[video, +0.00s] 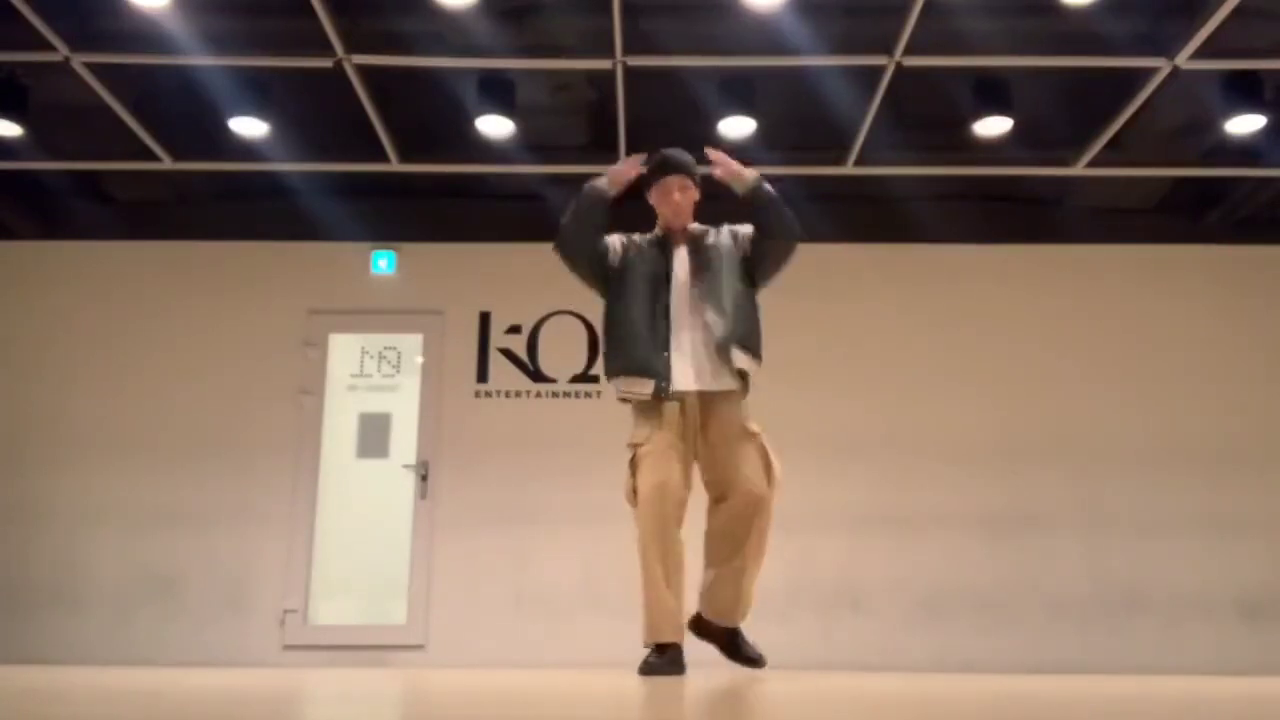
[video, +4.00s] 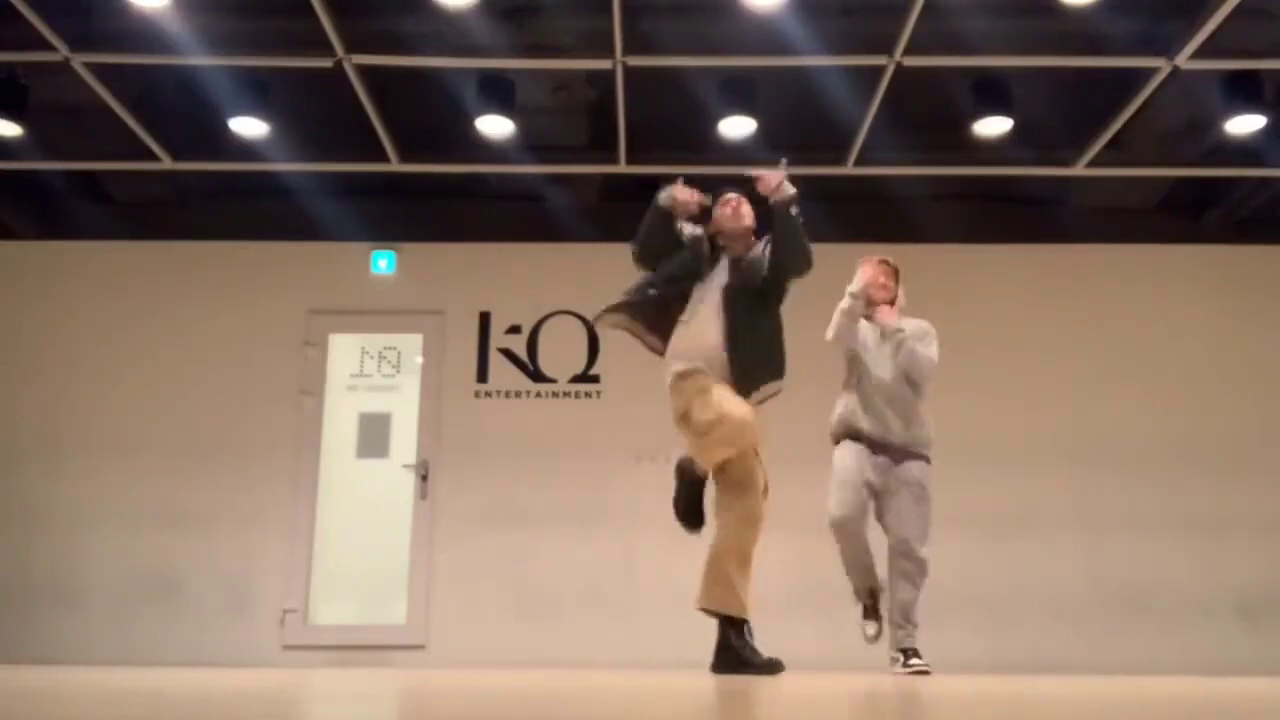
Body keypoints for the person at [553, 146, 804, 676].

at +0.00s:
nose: (678, 196)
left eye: (686, 186)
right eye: (667, 188)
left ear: (698, 195)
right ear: (649, 198)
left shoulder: (732, 246)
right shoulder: (626, 254)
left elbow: (783, 236)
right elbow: (572, 244)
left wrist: (749, 183)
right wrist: (606, 187)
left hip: (724, 399)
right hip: (658, 401)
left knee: (750, 489)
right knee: (659, 498)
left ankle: (719, 618)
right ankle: (664, 641)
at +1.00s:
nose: (715, 196)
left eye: (721, 192)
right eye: (704, 191)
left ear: (731, 212)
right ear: (684, 211)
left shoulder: (755, 273)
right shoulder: (658, 254)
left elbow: (771, 343)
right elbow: (613, 309)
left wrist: (774, 400)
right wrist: (598, 371)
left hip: (738, 415)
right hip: (672, 412)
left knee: (731, 530)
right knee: (661, 523)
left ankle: (711, 643)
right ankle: (652, 635)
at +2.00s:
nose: (700, 200)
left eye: (708, 193)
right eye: (692, 195)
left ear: (726, 203)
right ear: (683, 209)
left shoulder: (757, 245)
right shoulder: (663, 249)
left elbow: (790, 280)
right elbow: (612, 278)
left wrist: (742, 312)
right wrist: (655, 297)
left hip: (746, 407)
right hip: (681, 409)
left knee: (751, 517)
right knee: (670, 513)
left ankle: (748, 631)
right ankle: (672, 633)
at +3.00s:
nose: (671, 242)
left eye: (672, 232)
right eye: (659, 243)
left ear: (688, 233)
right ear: (652, 260)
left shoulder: (724, 263)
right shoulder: (647, 293)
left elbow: (702, 326)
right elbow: (674, 332)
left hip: (696, 399)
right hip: (643, 406)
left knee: (713, 501)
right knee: (622, 517)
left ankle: (786, 620)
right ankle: (630, 645)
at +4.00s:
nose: (732, 207)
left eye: (740, 204)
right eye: (724, 205)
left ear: (755, 224)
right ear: (709, 224)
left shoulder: (764, 262)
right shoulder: (691, 250)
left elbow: (796, 260)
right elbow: (648, 250)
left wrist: (782, 200)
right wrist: (668, 206)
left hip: (740, 391)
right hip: (691, 378)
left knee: (745, 505)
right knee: (739, 424)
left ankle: (731, 636)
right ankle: (692, 472)